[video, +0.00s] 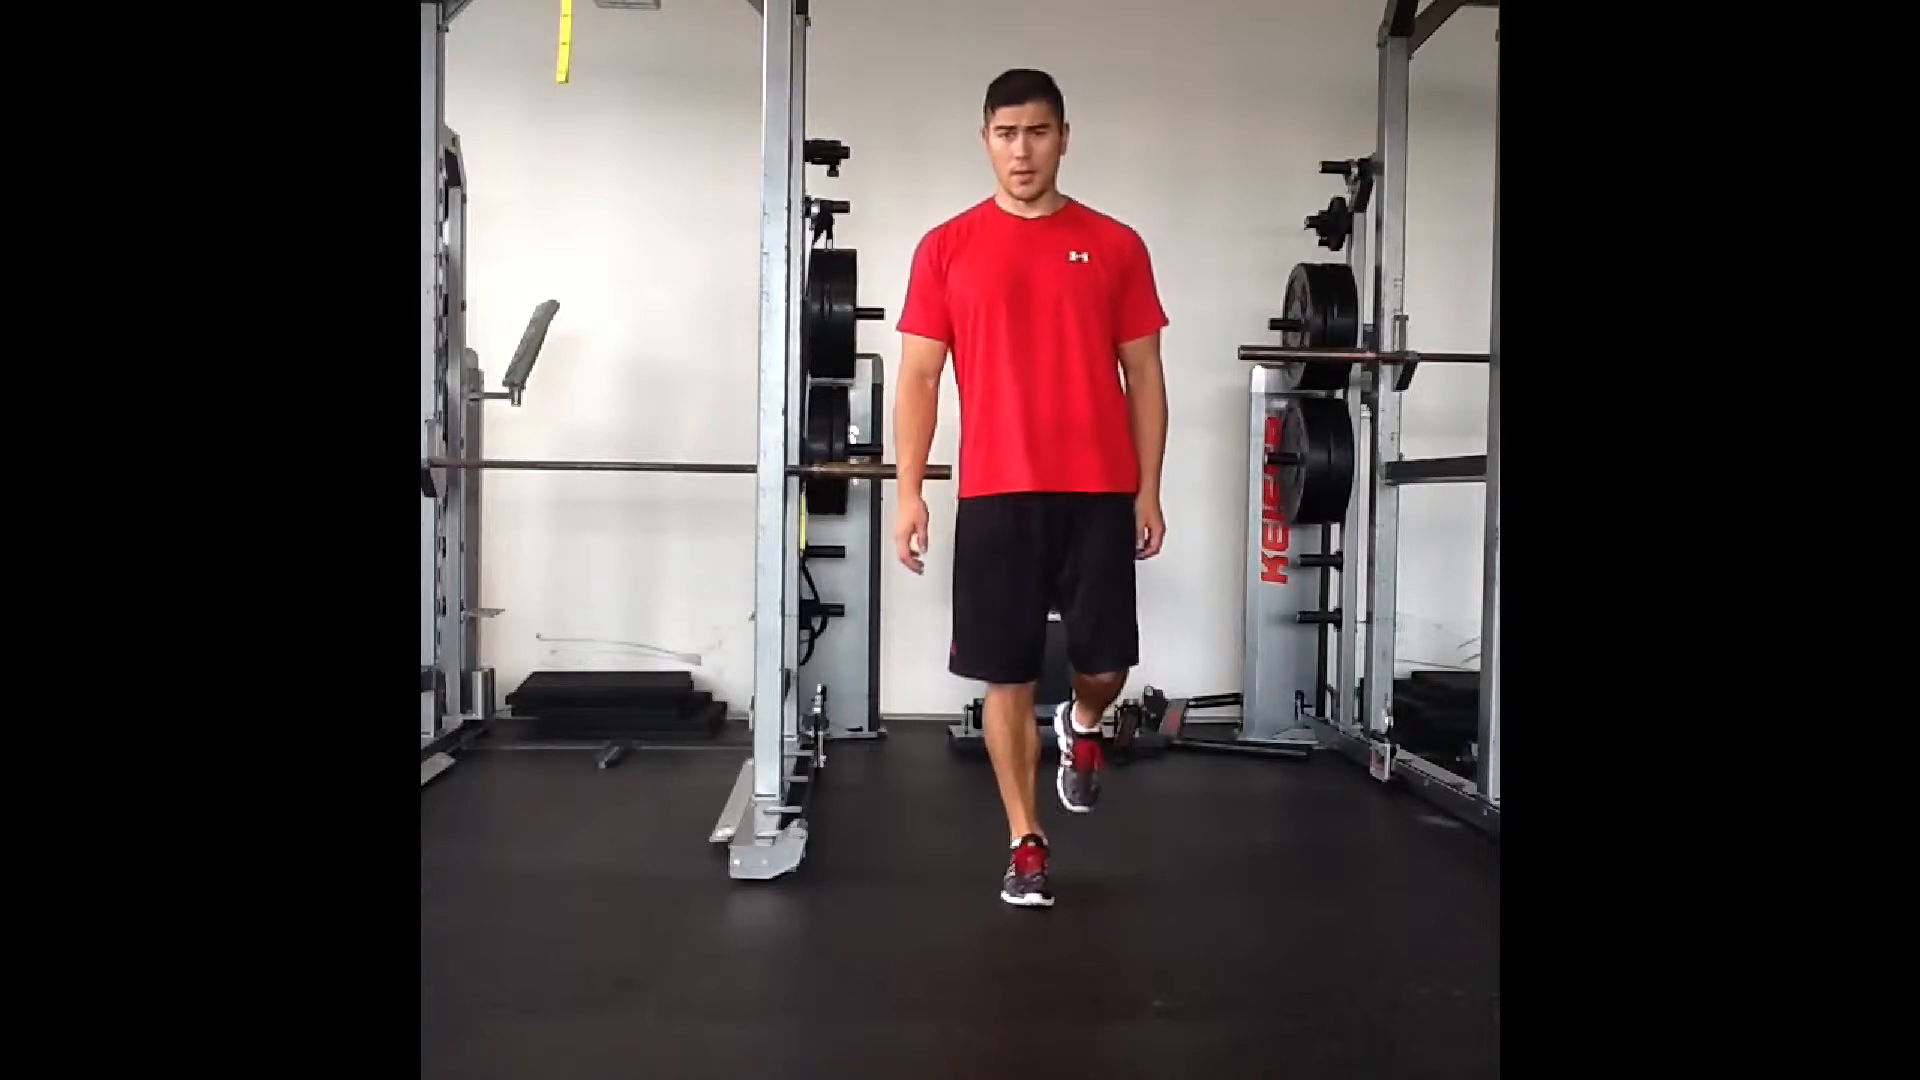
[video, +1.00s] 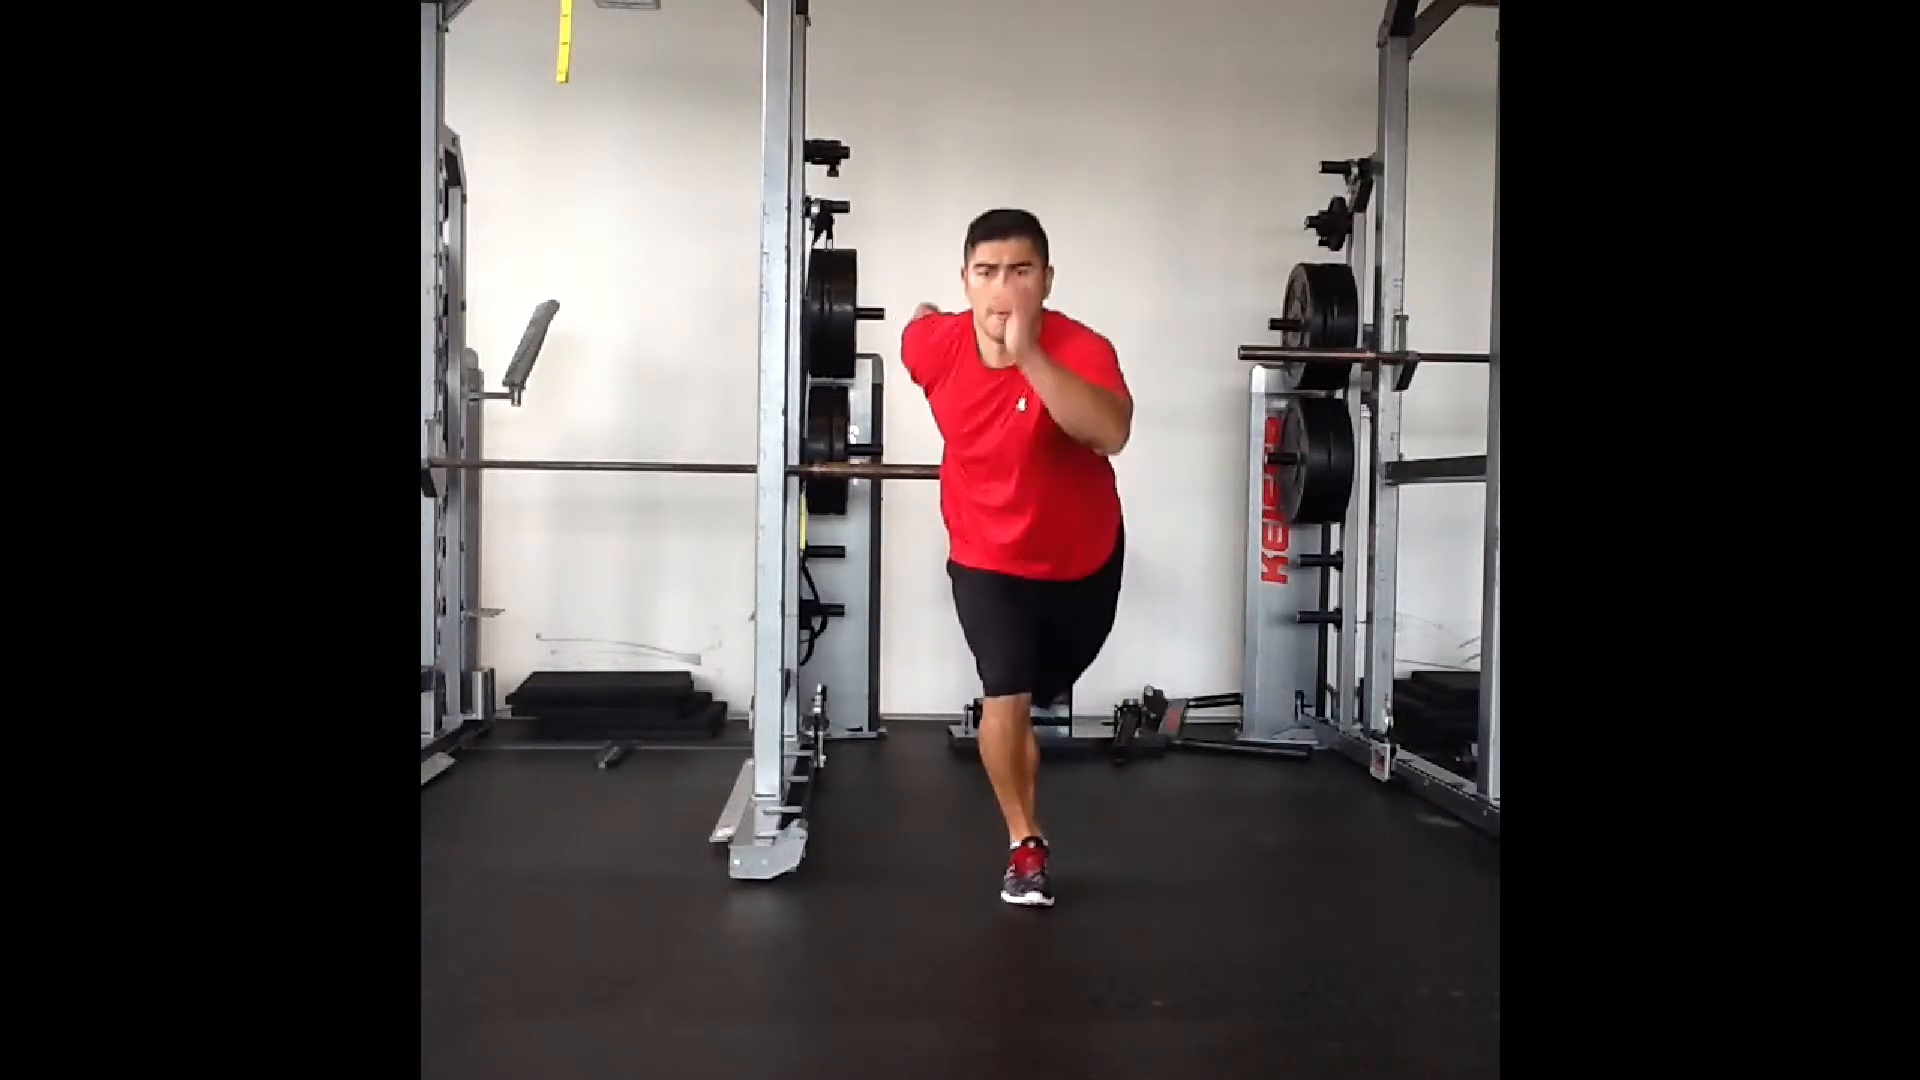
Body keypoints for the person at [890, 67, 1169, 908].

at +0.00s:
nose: (1023, 147)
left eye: (1038, 131)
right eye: (1007, 132)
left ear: (1062, 139)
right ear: (986, 142)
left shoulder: (1115, 246)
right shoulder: (946, 249)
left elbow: (1144, 372)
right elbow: (918, 374)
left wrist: (1148, 487)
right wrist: (911, 492)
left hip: (1099, 490)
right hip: (997, 492)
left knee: (1106, 664)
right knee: (1008, 673)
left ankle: (1081, 732)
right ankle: (1024, 841)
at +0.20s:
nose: (1021, 148)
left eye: (1037, 131)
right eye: (1005, 133)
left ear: (1061, 139)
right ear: (984, 142)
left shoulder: (1114, 246)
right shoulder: (944, 250)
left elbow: (1142, 372)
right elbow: (916, 376)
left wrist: (1147, 489)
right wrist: (918, 490)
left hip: (1097, 492)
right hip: (995, 493)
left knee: (1104, 662)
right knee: (1008, 673)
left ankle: (1077, 737)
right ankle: (1024, 840)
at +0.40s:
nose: (1020, 148)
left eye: (1035, 131)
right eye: (1003, 132)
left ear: (1060, 139)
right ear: (982, 142)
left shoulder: (1112, 247)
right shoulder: (941, 251)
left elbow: (1141, 372)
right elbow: (914, 376)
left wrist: (1144, 490)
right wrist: (922, 488)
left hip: (1095, 496)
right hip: (993, 497)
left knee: (1098, 665)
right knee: (1007, 676)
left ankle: (1074, 736)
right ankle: (1024, 842)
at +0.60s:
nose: (1014, 157)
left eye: (1030, 140)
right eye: (998, 141)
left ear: (1056, 149)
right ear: (978, 152)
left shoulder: (1107, 257)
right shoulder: (937, 257)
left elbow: (1142, 386)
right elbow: (913, 379)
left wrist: (1125, 496)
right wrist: (923, 495)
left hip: (1087, 508)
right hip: (986, 510)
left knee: (1100, 667)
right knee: (1006, 680)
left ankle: (1072, 723)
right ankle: (1024, 841)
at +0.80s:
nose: (1010, 207)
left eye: (1027, 191)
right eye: (995, 191)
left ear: (1053, 202)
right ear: (975, 202)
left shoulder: (1101, 305)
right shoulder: (932, 296)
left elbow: (1133, 431)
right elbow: (916, 379)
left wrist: (1067, 416)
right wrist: (922, 454)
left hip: (1083, 532)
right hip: (984, 534)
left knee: (1088, 676)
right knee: (1007, 681)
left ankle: (1054, 683)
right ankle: (1023, 840)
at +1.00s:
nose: (1003, 286)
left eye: (1020, 270)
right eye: (987, 271)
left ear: (1047, 280)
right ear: (966, 282)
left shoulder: (1082, 350)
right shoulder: (934, 347)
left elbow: (1111, 430)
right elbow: (918, 334)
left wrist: (1029, 355)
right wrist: (925, 323)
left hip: (1083, 564)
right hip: (988, 561)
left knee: (1052, 683)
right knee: (1009, 691)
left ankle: (1006, 714)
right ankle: (1024, 844)